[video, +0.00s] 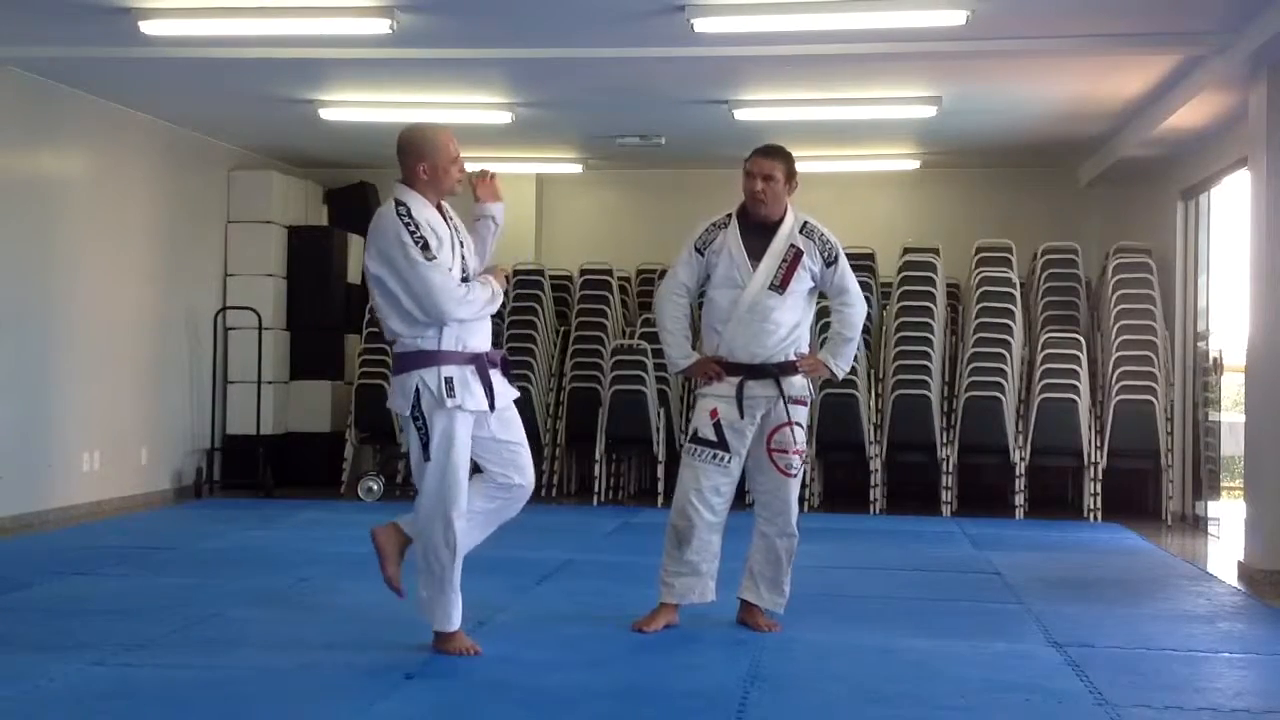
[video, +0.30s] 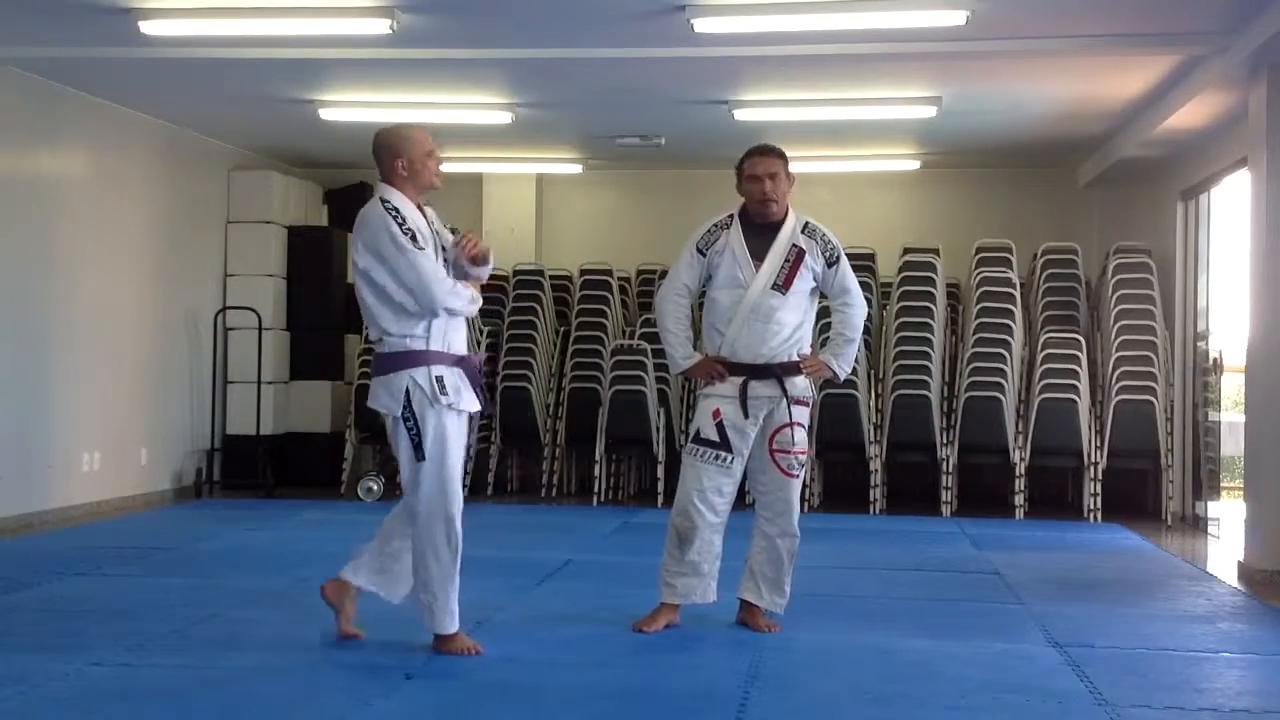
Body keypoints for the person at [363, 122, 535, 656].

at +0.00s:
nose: (462, 168)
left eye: (461, 159)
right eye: (455, 160)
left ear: (427, 168)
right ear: (424, 169)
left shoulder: (443, 217)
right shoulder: (396, 223)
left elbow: (471, 269)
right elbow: (441, 301)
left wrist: (488, 213)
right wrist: (491, 287)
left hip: (478, 374)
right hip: (433, 380)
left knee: (513, 480)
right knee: (443, 502)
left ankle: (404, 535)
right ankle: (446, 627)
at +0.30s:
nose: (440, 165)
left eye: (437, 156)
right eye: (431, 158)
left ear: (405, 166)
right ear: (400, 167)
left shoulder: (418, 216)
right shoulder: (383, 218)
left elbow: (463, 275)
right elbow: (434, 293)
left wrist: (471, 258)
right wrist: (471, 295)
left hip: (444, 375)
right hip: (416, 378)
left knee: (432, 498)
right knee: (438, 503)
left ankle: (350, 583)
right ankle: (445, 629)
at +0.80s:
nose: (413, 166)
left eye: (411, 157)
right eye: (402, 157)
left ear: (379, 167)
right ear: (370, 166)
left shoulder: (400, 223)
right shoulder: (339, 214)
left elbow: (449, 272)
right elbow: (387, 282)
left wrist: (391, 269)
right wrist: (422, 294)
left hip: (388, 375)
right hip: (350, 373)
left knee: (349, 490)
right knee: (390, 489)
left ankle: (310, 607)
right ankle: (407, 619)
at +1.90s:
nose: (433, 159)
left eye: (431, 150)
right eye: (423, 151)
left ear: (399, 156)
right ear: (391, 157)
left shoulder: (421, 212)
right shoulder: (360, 213)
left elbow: (455, 275)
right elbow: (402, 303)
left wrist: (406, 273)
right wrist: (438, 284)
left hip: (406, 375)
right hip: (360, 376)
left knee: (423, 490)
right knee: (363, 502)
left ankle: (374, 602)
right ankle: (348, 635)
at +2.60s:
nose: (502, 180)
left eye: (502, 170)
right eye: (497, 170)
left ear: (472, 171)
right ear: (466, 171)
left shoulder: (489, 224)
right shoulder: (416, 221)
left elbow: (525, 288)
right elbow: (451, 300)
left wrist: (465, 276)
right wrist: (499, 300)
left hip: (484, 375)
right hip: (432, 372)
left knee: (485, 494)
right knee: (432, 485)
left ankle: (455, 614)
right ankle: (378, 619)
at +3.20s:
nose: (537, 191)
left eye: (539, 181)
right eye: (534, 180)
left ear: (509, 174)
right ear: (505, 174)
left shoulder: (512, 232)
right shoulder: (452, 215)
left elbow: (549, 305)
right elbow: (483, 299)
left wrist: (541, 289)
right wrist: (526, 308)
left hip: (499, 388)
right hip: (454, 386)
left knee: (497, 507)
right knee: (453, 508)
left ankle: (466, 617)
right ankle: (439, 633)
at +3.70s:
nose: (545, 191)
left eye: (546, 181)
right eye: (541, 180)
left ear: (514, 176)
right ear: (513, 176)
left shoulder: (514, 236)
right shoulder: (462, 215)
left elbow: (524, 318)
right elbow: (456, 303)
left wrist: (573, 355)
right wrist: (480, 381)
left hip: (506, 385)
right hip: (460, 382)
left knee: (497, 506)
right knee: (455, 508)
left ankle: (466, 617)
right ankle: (439, 632)